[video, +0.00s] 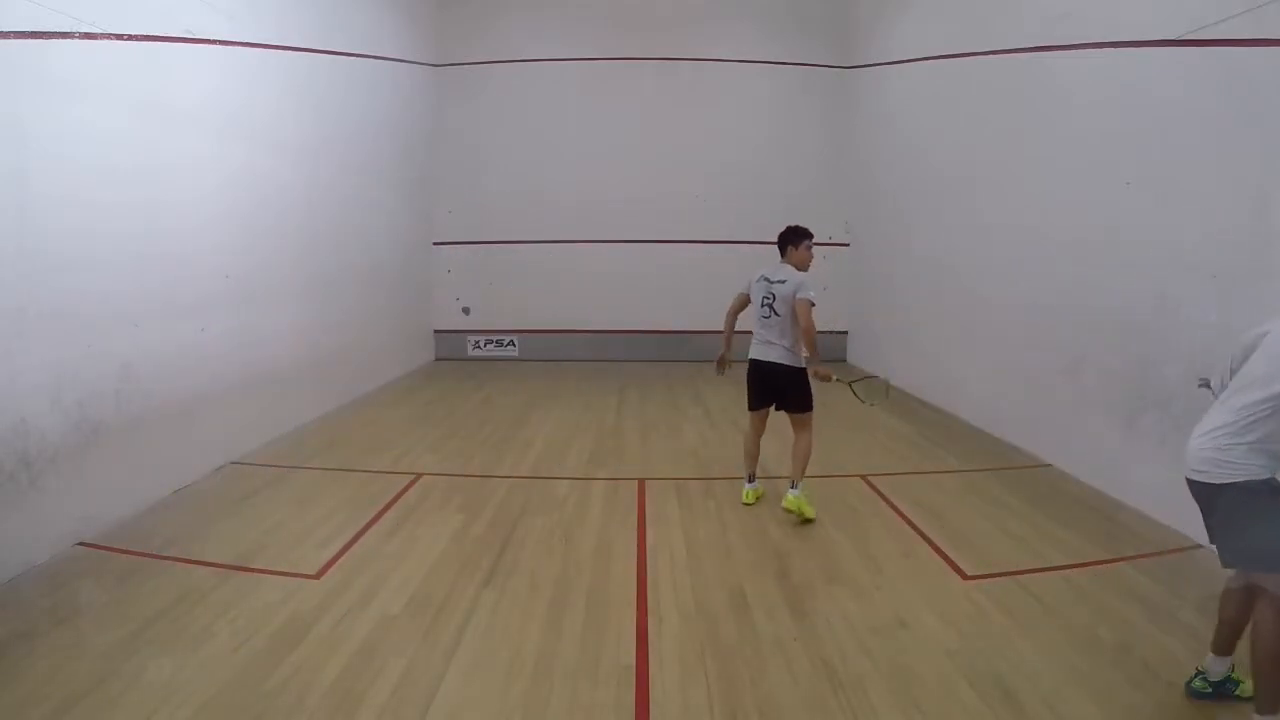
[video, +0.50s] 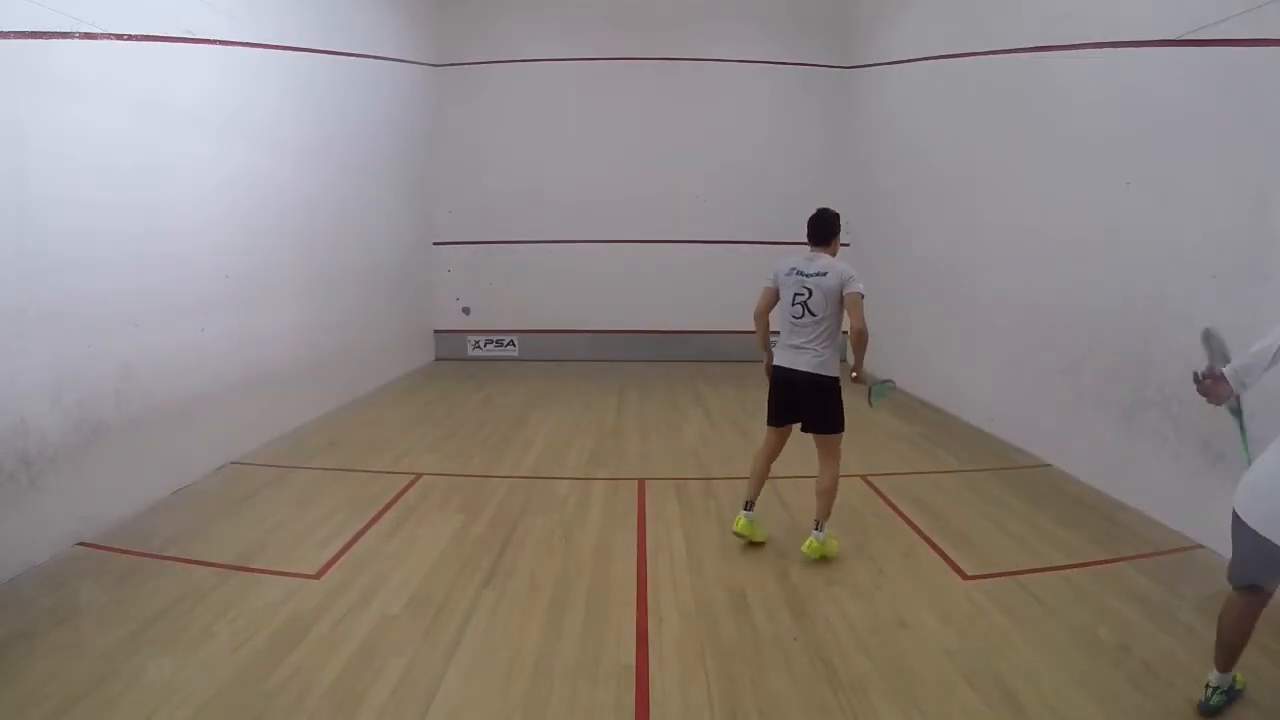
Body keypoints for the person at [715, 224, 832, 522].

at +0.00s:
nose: (812, 255)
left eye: (812, 249)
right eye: (808, 248)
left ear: (786, 251)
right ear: (792, 249)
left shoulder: (760, 278)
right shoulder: (800, 282)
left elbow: (732, 311)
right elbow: (806, 324)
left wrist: (726, 349)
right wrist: (816, 362)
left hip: (758, 367)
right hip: (789, 370)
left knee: (755, 428)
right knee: (802, 429)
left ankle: (749, 487)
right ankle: (795, 492)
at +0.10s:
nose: (818, 259)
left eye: (818, 253)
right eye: (814, 253)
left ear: (790, 255)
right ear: (797, 254)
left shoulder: (764, 281)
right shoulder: (808, 289)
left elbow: (733, 314)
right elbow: (818, 334)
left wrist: (721, 354)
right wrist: (829, 367)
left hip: (760, 372)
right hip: (792, 378)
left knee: (756, 431)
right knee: (802, 441)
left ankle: (749, 487)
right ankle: (794, 506)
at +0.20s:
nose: (827, 265)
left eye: (827, 259)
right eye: (823, 259)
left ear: (798, 260)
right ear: (808, 259)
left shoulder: (770, 287)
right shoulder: (819, 294)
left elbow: (739, 321)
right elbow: (832, 341)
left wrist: (727, 362)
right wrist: (841, 370)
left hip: (765, 380)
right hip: (799, 387)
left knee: (759, 432)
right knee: (805, 456)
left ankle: (749, 488)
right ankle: (785, 525)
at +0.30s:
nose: (831, 261)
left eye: (830, 255)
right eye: (829, 255)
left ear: (800, 256)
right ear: (822, 257)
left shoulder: (777, 285)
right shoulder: (831, 292)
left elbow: (746, 322)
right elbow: (849, 339)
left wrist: (742, 364)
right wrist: (848, 365)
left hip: (771, 383)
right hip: (807, 390)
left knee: (762, 439)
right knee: (805, 462)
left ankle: (753, 494)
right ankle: (784, 529)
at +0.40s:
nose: (834, 245)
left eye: (831, 239)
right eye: (834, 240)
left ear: (803, 241)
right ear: (830, 243)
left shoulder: (781, 271)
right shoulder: (839, 276)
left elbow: (754, 314)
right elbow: (854, 326)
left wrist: (757, 357)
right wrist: (851, 360)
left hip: (778, 374)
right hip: (815, 381)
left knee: (767, 440)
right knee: (810, 458)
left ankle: (755, 505)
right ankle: (793, 525)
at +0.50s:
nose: (841, 241)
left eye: (837, 235)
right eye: (841, 236)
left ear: (808, 236)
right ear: (837, 238)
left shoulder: (787, 268)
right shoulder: (844, 272)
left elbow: (760, 312)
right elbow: (857, 328)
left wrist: (767, 354)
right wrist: (858, 368)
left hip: (783, 374)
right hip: (821, 380)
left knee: (771, 442)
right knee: (829, 458)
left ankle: (745, 514)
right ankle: (818, 535)